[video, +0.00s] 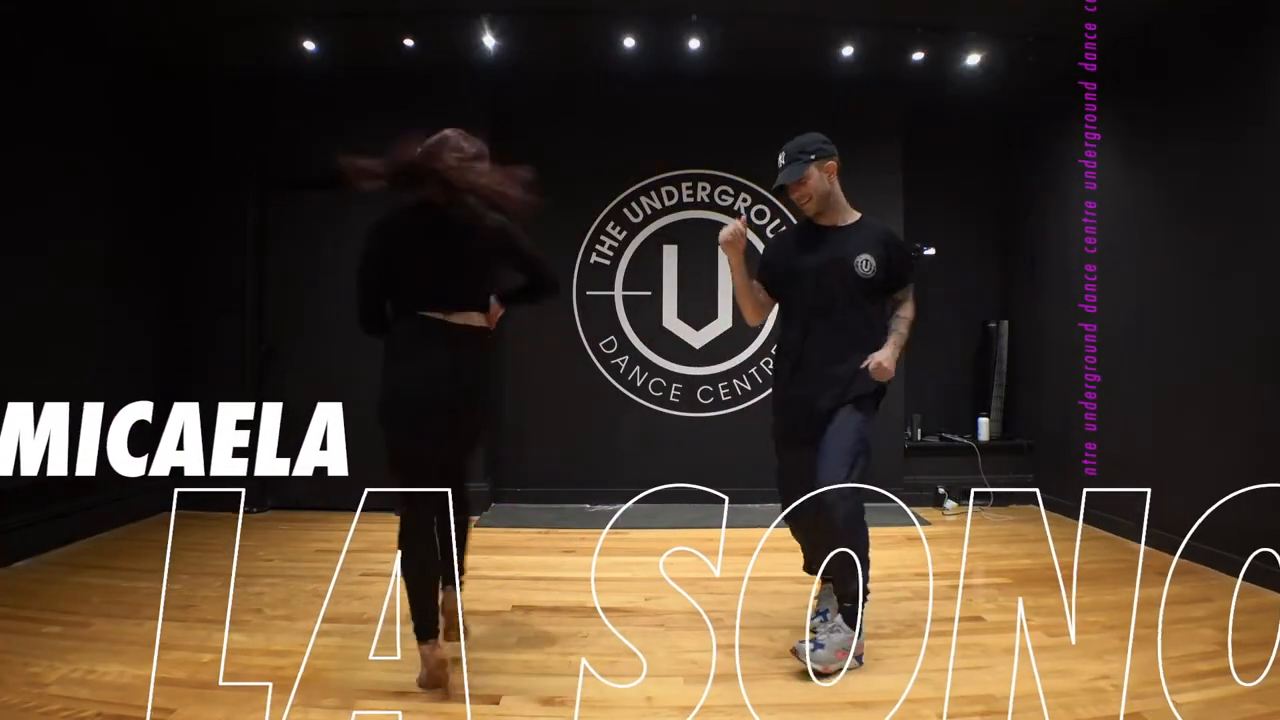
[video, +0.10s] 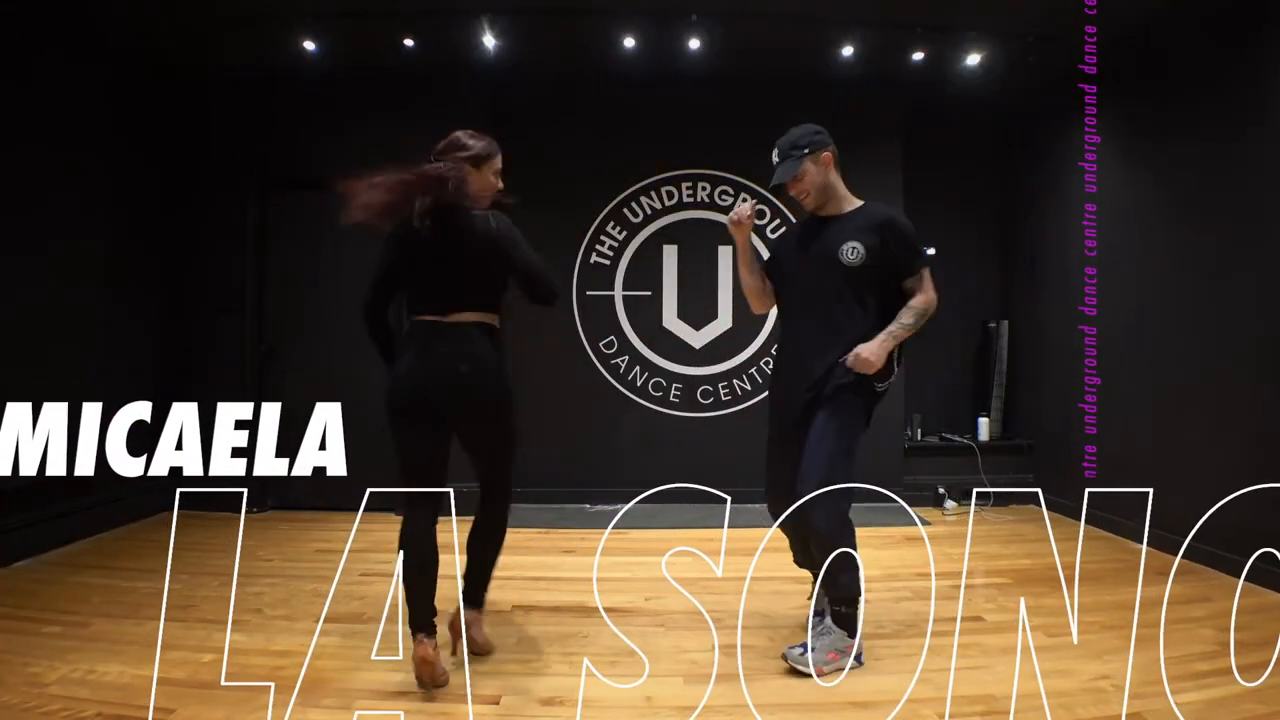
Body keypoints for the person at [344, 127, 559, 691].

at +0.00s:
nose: (469, 175)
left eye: (458, 161)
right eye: (470, 166)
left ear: (419, 172)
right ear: (478, 176)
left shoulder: (392, 224)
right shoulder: (487, 225)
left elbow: (370, 315)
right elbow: (543, 283)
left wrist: (411, 319)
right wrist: (497, 300)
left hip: (410, 362)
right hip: (470, 364)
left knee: (415, 503)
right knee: (456, 483)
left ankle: (428, 646)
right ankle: (450, 591)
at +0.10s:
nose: (499, 183)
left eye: (499, 174)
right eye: (494, 173)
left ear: (449, 173)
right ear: (469, 172)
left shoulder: (410, 224)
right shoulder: (493, 225)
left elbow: (374, 305)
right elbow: (544, 291)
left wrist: (398, 363)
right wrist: (508, 242)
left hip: (418, 360)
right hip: (477, 359)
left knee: (419, 503)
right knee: (495, 493)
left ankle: (423, 634)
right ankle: (471, 611)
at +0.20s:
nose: (508, 182)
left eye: (507, 172)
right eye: (501, 172)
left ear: (465, 176)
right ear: (473, 174)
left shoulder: (424, 227)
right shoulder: (492, 227)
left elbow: (378, 299)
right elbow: (532, 299)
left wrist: (386, 369)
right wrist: (539, 260)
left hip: (430, 364)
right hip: (484, 364)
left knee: (444, 498)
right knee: (493, 500)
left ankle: (418, 623)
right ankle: (470, 624)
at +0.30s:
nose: (516, 184)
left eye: (515, 174)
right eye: (508, 174)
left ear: (477, 180)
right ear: (477, 177)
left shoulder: (444, 228)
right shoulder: (490, 230)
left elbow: (389, 292)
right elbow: (522, 304)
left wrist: (387, 354)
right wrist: (560, 277)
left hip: (444, 355)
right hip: (483, 357)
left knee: (479, 484)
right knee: (489, 486)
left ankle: (425, 590)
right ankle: (468, 617)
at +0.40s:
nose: (527, 182)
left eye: (526, 173)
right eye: (517, 174)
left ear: (492, 183)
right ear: (487, 180)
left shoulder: (464, 230)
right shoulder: (496, 231)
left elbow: (420, 291)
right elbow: (513, 309)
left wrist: (442, 329)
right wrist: (586, 323)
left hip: (461, 366)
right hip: (485, 369)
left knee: (485, 481)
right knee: (499, 480)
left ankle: (464, 596)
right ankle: (465, 616)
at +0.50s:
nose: (533, 183)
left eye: (532, 174)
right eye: (524, 174)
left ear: (502, 184)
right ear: (495, 180)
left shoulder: (483, 229)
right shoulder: (496, 230)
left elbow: (449, 298)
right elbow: (500, 301)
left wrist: (500, 314)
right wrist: (570, 327)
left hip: (475, 363)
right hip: (486, 365)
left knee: (499, 480)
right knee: (498, 485)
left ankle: (488, 582)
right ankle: (464, 611)